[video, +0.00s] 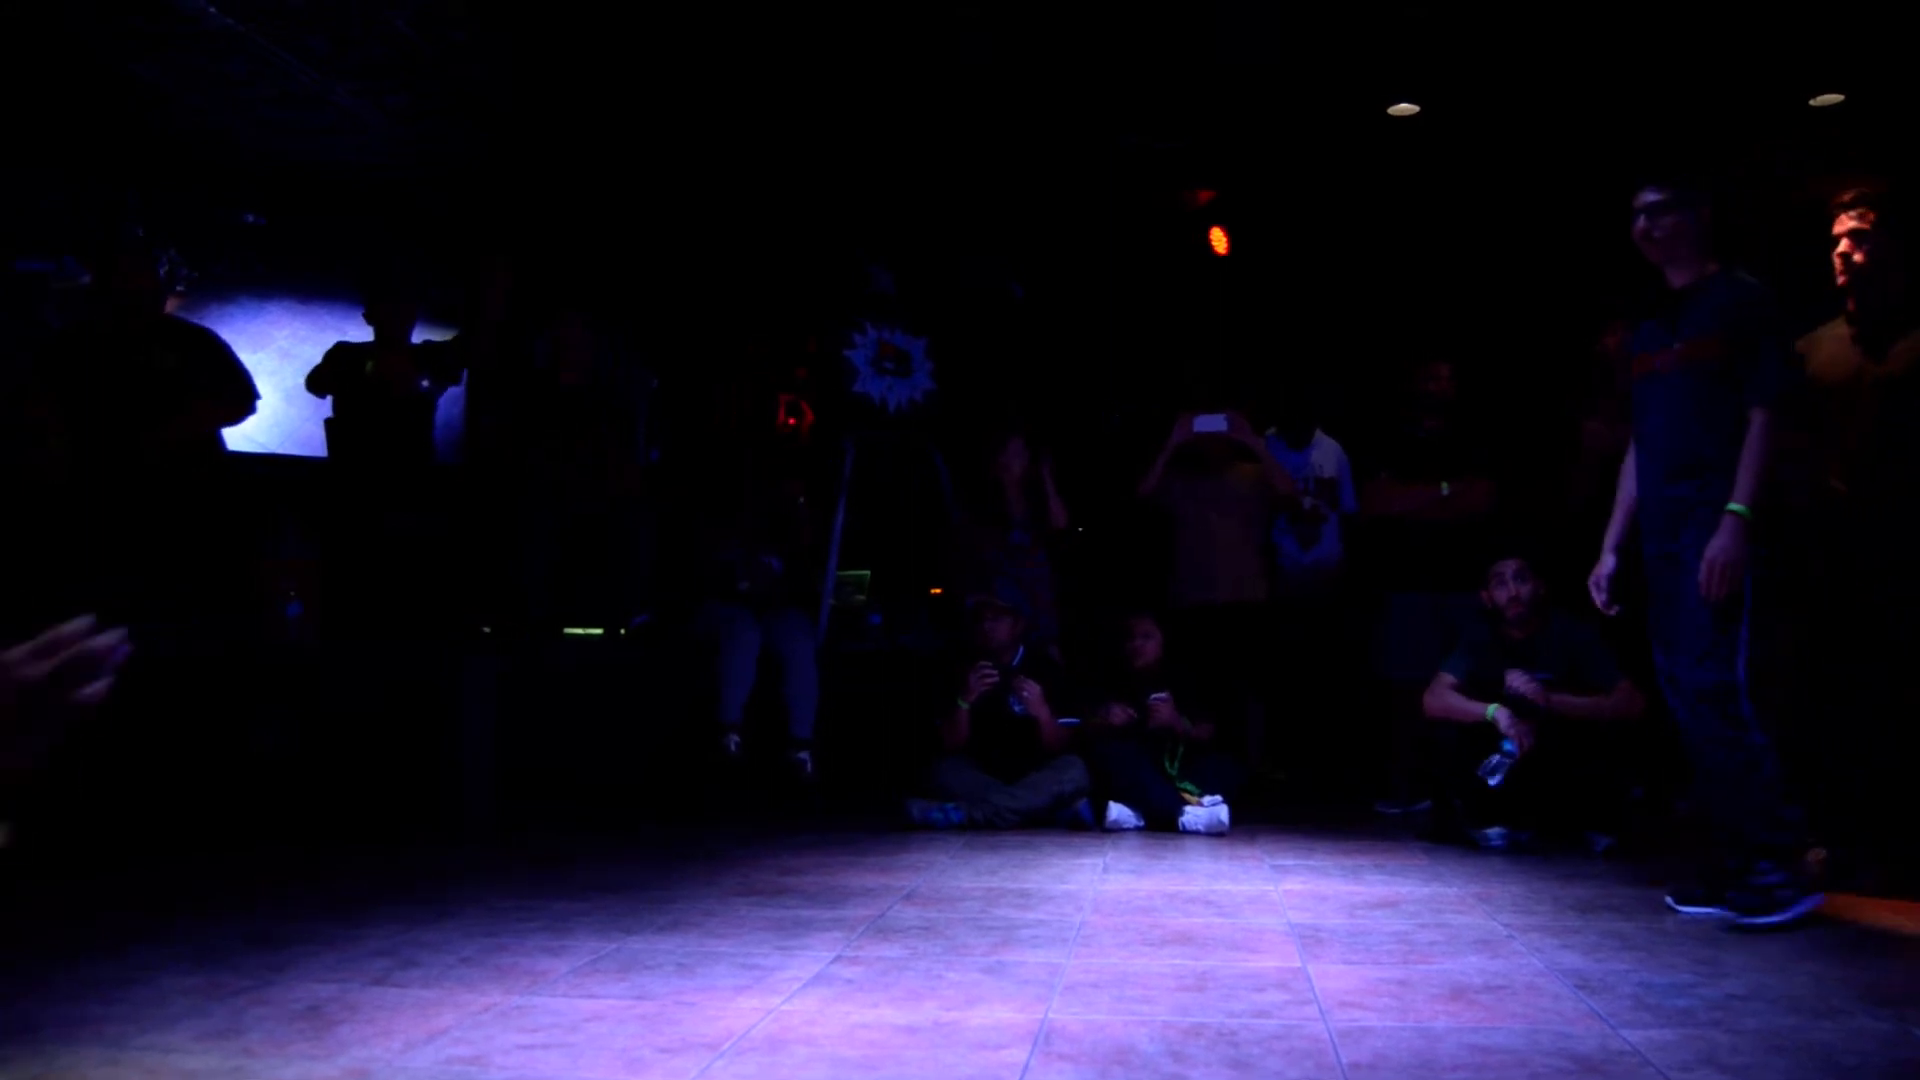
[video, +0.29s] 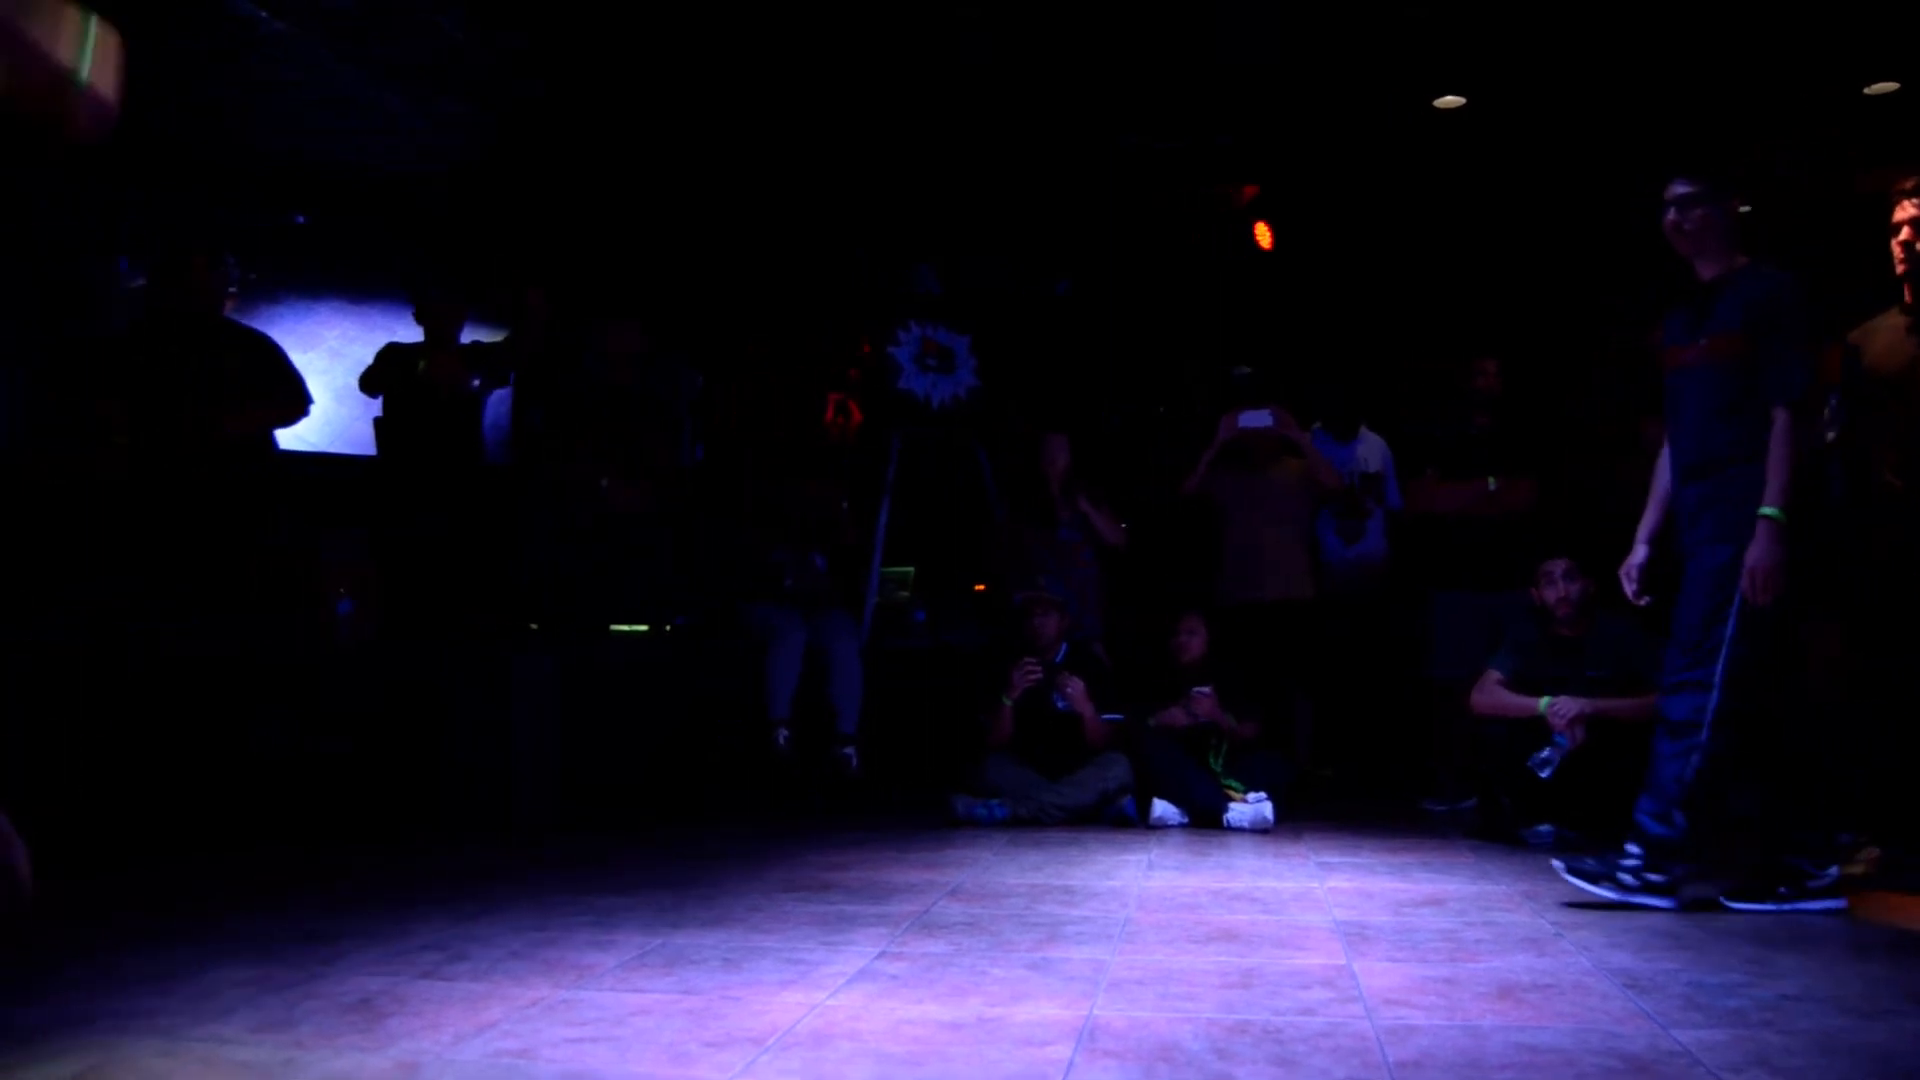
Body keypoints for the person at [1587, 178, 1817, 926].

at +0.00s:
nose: (1647, 226)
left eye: (1661, 211)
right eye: (1639, 215)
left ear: (1697, 216)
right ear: (1636, 229)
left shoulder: (1742, 302)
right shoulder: (1652, 320)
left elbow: (1764, 420)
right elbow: (1643, 442)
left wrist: (1736, 521)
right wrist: (1612, 546)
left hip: (1718, 529)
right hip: (1663, 532)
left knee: (1717, 691)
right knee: (1687, 692)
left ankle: (1774, 873)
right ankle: (1730, 869)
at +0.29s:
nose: (1675, 219)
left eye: (1690, 204)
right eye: (1669, 208)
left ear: (1728, 211)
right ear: (1666, 224)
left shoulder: (1766, 295)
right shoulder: (1687, 313)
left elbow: (1788, 416)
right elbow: (1678, 437)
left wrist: (1770, 524)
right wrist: (1645, 538)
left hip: (1744, 519)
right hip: (1696, 520)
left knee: (1694, 676)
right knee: (1725, 677)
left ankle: (1657, 853)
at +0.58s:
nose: (1650, 225)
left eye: (1665, 210)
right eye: (1646, 213)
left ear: (1708, 216)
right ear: (1649, 230)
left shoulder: (1737, 299)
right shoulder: (1683, 310)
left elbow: (1750, 427)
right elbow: (1681, 446)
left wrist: (1735, 535)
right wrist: (1660, 549)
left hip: (1717, 531)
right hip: (1694, 531)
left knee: (1683, 687)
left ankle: (1652, 852)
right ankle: (1827, 856)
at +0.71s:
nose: (1636, 224)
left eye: (1652, 211)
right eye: (1632, 213)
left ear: (1692, 218)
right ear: (1633, 229)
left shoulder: (1711, 301)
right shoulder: (1681, 304)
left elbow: (1719, 426)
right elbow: (1688, 428)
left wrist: (1700, 536)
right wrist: (1668, 534)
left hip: (1694, 531)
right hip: (1680, 527)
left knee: (1674, 696)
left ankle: (1657, 857)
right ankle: (1829, 850)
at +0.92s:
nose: (1596, 225)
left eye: (1611, 210)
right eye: (1593, 213)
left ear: (1652, 217)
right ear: (1605, 226)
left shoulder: (1666, 299)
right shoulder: (1658, 297)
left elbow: (1651, 427)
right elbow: (1657, 424)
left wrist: (1607, 531)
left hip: (1666, 522)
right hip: (1674, 516)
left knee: (1653, 686)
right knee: (1697, 676)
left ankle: (1648, 857)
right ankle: (1791, 826)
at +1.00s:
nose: (1583, 225)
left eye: (1598, 211)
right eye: (1581, 213)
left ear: (1642, 217)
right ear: (1609, 226)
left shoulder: (1653, 299)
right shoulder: (1647, 297)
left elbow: (1632, 425)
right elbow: (1640, 424)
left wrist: (1580, 526)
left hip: (1649, 520)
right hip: (1657, 514)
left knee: (1638, 684)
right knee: (1672, 675)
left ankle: (1644, 857)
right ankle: (1755, 816)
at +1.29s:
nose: (1554, 229)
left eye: (1569, 216)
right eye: (1553, 217)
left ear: (1611, 221)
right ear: (1583, 228)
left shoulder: (1623, 301)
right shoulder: (1608, 298)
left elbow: (1597, 424)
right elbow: (1596, 423)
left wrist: (1541, 521)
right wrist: (1551, 518)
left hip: (1619, 526)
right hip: (1598, 524)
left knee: (1614, 685)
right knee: (1577, 678)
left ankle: (1640, 854)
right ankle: (1592, 831)